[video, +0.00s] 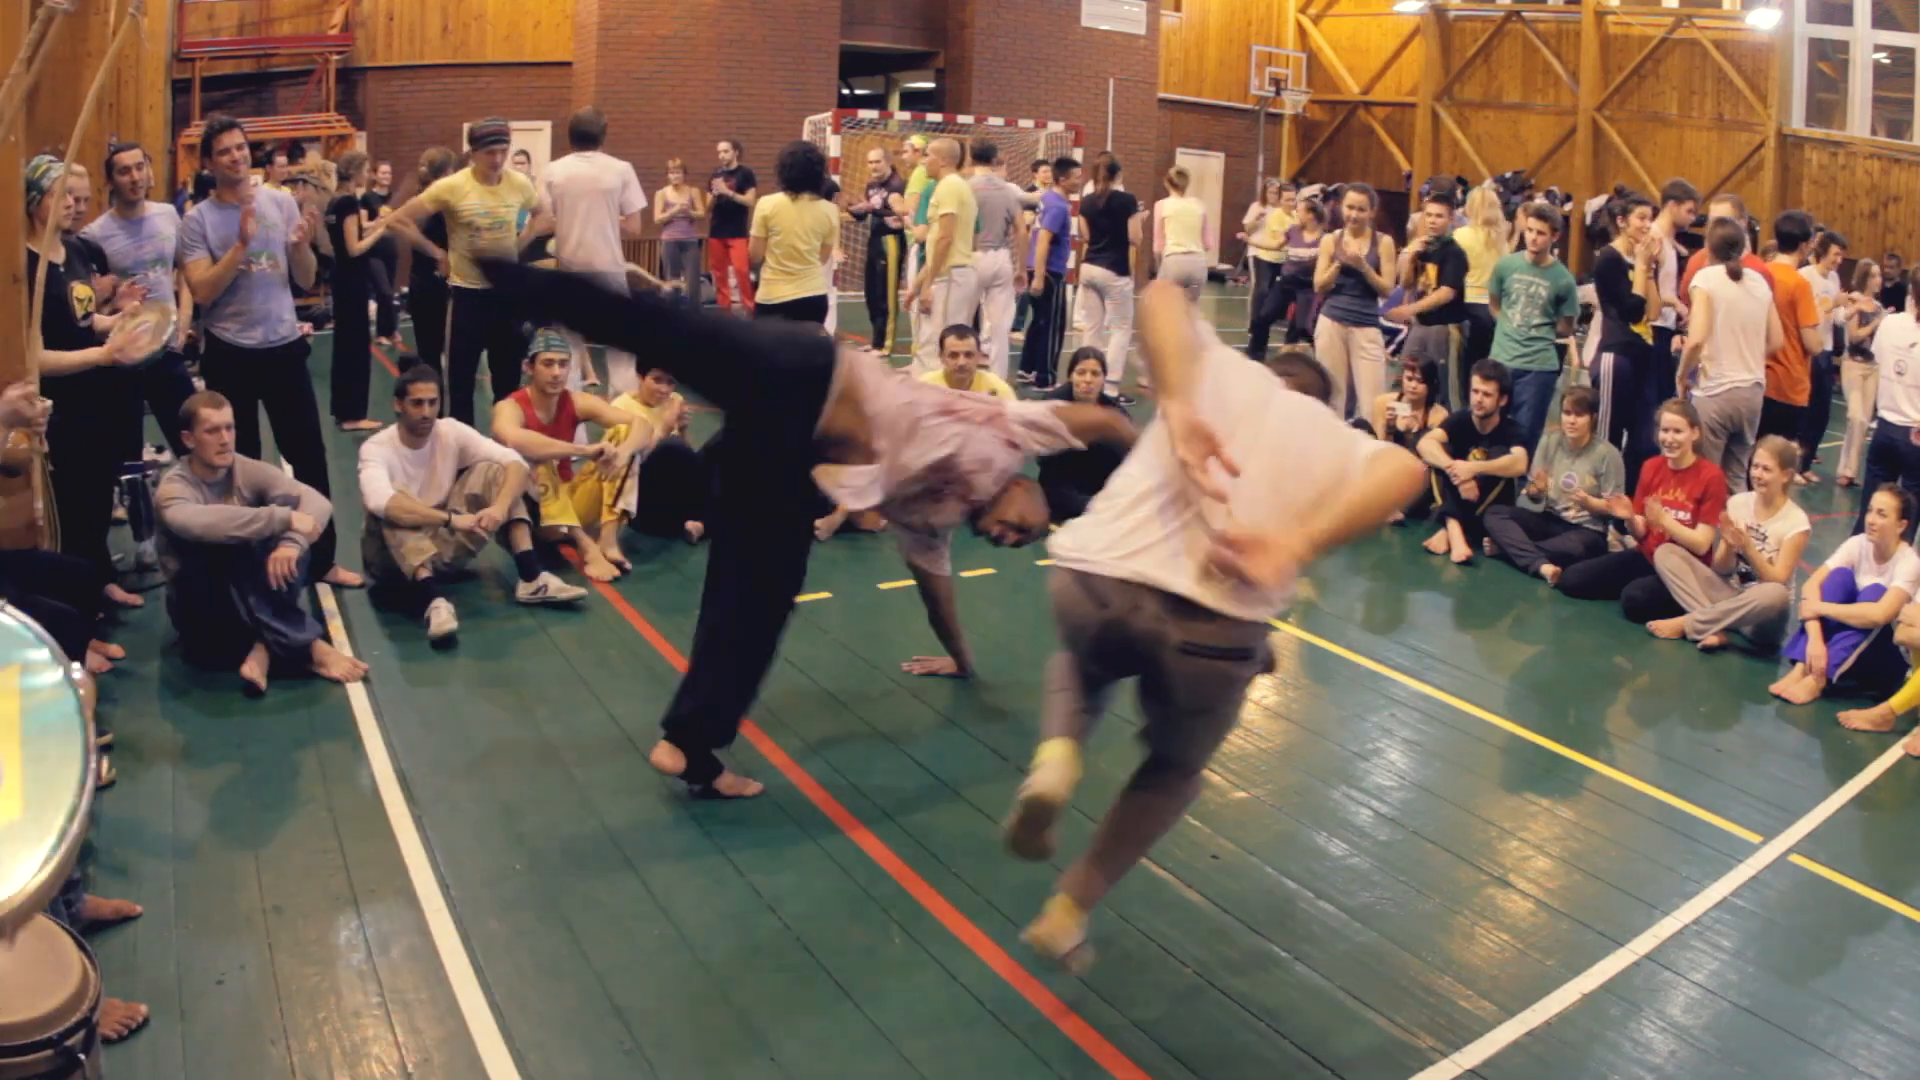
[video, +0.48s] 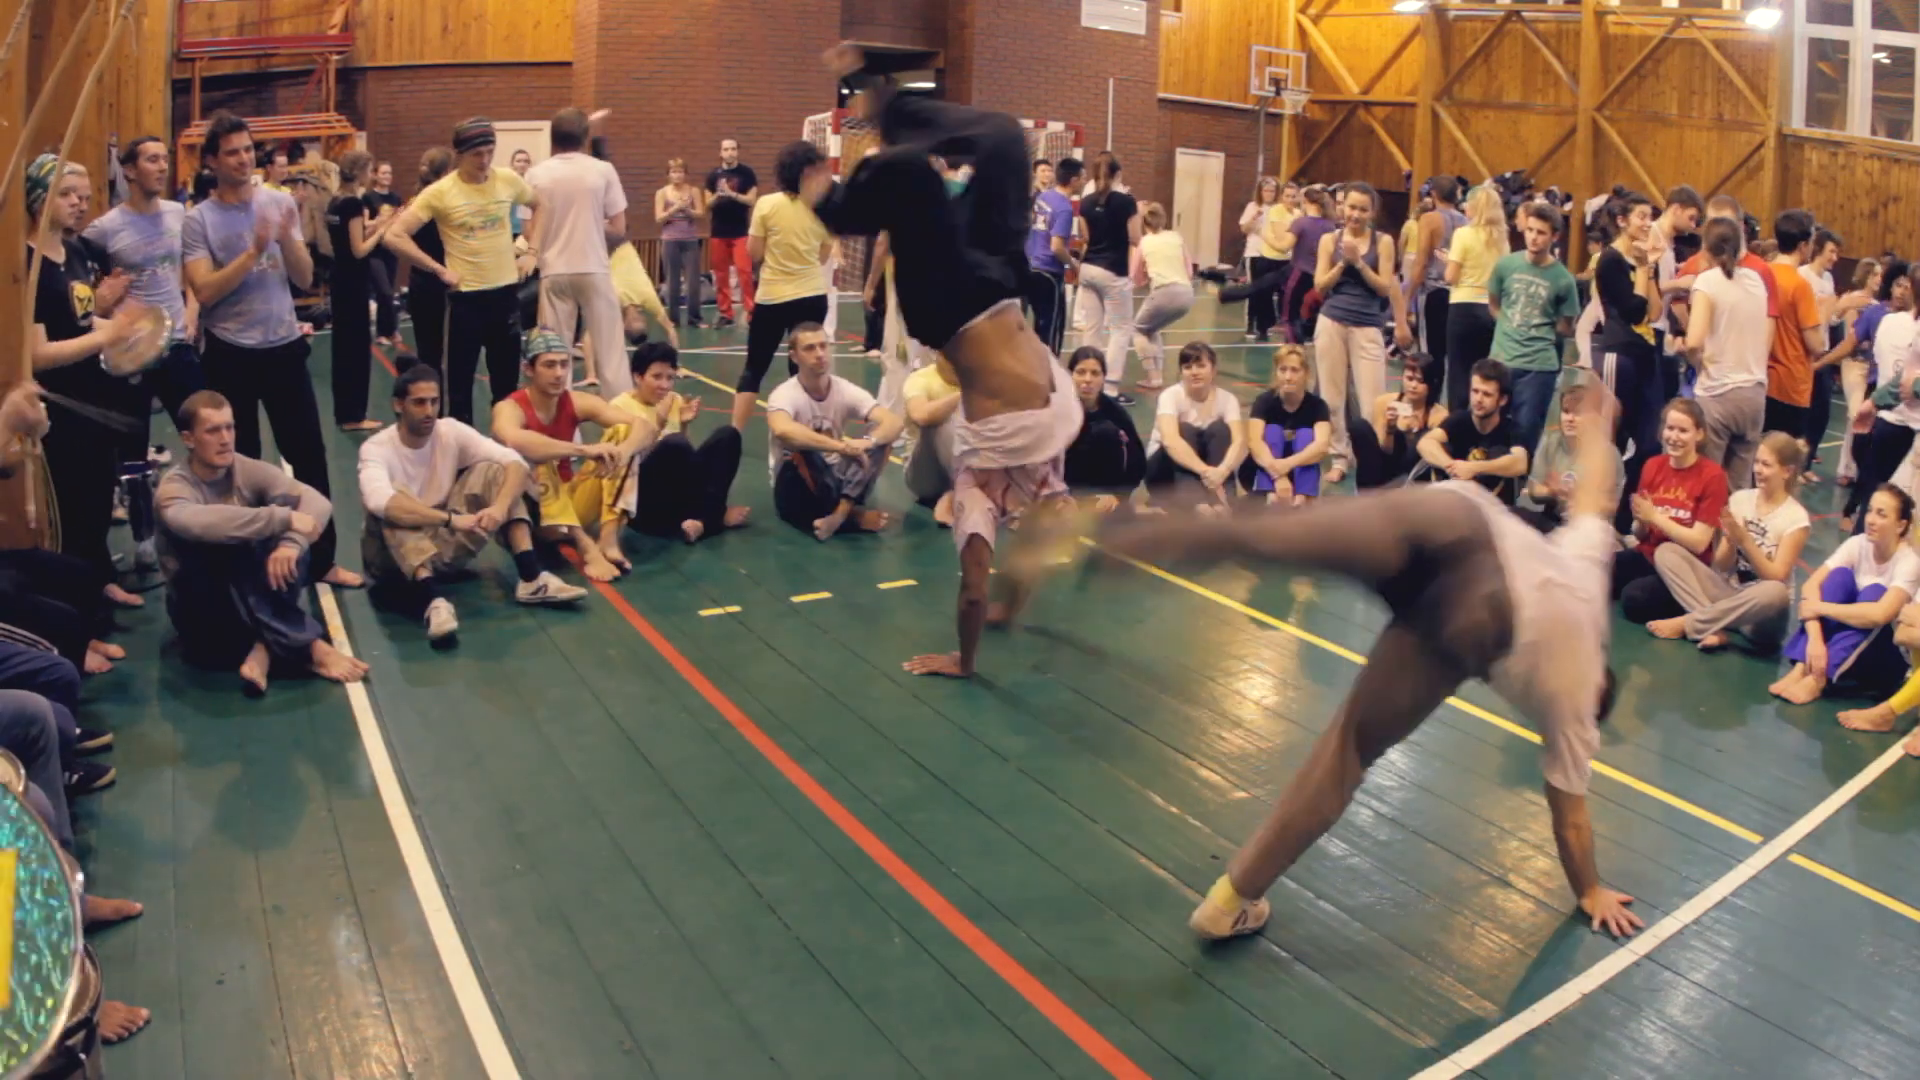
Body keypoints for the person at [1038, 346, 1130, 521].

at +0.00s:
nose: (1088, 380)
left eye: (1095, 374)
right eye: (1081, 373)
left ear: (1104, 379)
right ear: (1070, 377)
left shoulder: (1117, 414)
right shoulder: (1050, 407)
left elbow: (1127, 462)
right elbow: (1044, 462)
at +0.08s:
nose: (1087, 380)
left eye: (1095, 374)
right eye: (1081, 373)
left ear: (1104, 379)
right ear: (1070, 376)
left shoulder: (1116, 413)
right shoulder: (1052, 406)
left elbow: (1139, 462)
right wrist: (1091, 504)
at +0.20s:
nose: (1087, 380)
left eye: (1095, 374)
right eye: (1081, 373)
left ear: (1104, 379)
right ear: (1071, 376)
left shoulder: (1115, 411)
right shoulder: (1050, 405)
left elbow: (1138, 463)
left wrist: (1115, 498)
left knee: (1107, 431)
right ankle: (1128, 511)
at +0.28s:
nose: (1087, 380)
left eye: (1095, 374)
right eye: (1081, 373)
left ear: (1104, 379)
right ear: (1070, 376)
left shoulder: (1114, 411)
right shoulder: (1053, 405)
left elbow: (1138, 464)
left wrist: (1118, 497)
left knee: (1107, 432)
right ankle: (1128, 511)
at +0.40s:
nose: (1087, 380)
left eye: (1094, 374)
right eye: (1081, 372)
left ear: (1103, 378)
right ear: (1070, 376)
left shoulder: (1114, 410)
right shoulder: (1056, 406)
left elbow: (1138, 463)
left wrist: (1116, 496)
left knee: (1106, 432)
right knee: (1062, 504)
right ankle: (1131, 511)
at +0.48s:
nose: (1087, 380)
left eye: (1095, 373)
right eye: (1081, 372)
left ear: (1103, 378)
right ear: (1071, 375)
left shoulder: (1114, 411)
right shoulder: (1061, 408)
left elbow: (1138, 464)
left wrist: (1117, 495)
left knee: (1106, 432)